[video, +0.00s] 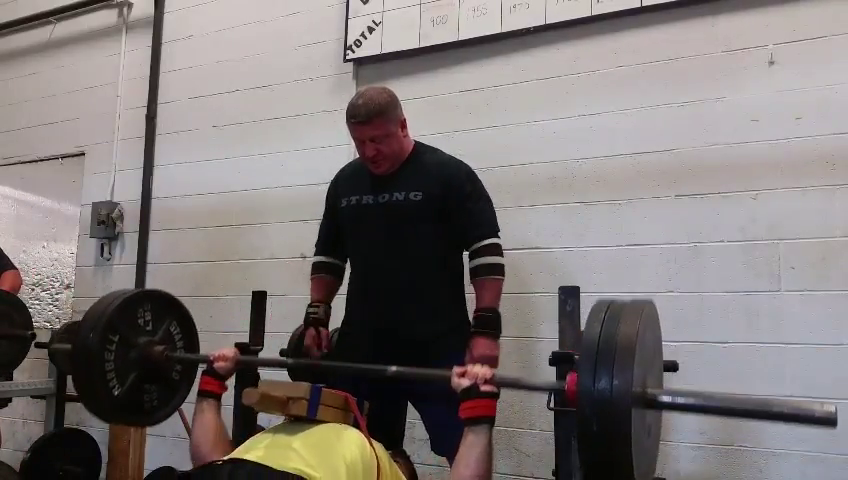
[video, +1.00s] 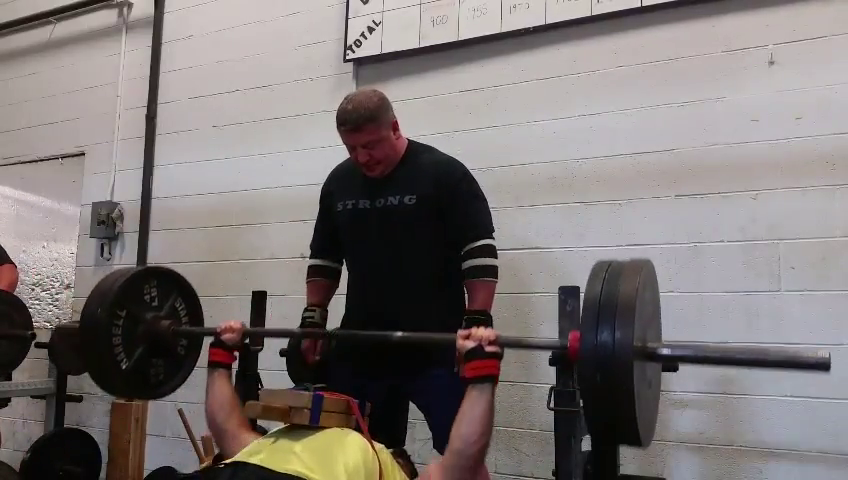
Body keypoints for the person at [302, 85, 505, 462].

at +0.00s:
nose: (369, 151)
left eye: (378, 140)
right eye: (360, 142)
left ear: (403, 127)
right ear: (352, 136)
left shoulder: (451, 177)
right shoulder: (345, 183)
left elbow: (486, 254)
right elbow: (328, 257)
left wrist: (486, 329)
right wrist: (316, 317)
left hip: (438, 345)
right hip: (365, 344)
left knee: (466, 455)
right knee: (367, 458)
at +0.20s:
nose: (369, 152)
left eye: (378, 142)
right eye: (360, 143)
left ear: (402, 128)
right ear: (350, 136)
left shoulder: (450, 175)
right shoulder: (344, 184)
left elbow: (485, 251)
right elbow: (326, 256)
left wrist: (485, 326)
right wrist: (309, 318)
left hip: (438, 339)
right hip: (367, 340)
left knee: (466, 448)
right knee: (370, 451)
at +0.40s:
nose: (368, 155)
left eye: (376, 144)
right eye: (358, 146)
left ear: (401, 130)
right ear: (349, 139)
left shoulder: (448, 176)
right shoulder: (343, 185)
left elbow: (482, 252)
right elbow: (325, 258)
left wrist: (479, 327)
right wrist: (310, 319)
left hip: (439, 339)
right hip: (368, 340)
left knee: (463, 450)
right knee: (370, 452)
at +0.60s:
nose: (366, 156)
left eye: (375, 145)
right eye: (356, 147)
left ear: (399, 130)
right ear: (347, 140)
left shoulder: (447, 176)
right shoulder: (341, 185)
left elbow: (482, 255)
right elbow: (325, 260)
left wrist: (480, 329)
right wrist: (312, 321)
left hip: (439, 341)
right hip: (367, 342)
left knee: (463, 451)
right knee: (371, 454)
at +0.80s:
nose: (365, 157)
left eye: (373, 146)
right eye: (355, 148)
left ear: (397, 129)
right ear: (346, 139)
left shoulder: (447, 176)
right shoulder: (340, 184)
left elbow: (482, 256)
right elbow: (325, 260)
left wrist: (480, 331)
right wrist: (311, 322)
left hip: (439, 342)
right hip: (364, 342)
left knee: (467, 453)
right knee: (368, 455)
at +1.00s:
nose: (362, 157)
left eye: (371, 145)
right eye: (353, 148)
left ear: (395, 129)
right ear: (343, 140)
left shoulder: (446, 175)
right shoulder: (340, 183)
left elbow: (480, 254)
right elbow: (324, 260)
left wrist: (477, 322)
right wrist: (313, 319)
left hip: (438, 343)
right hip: (364, 344)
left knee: (463, 456)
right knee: (368, 460)